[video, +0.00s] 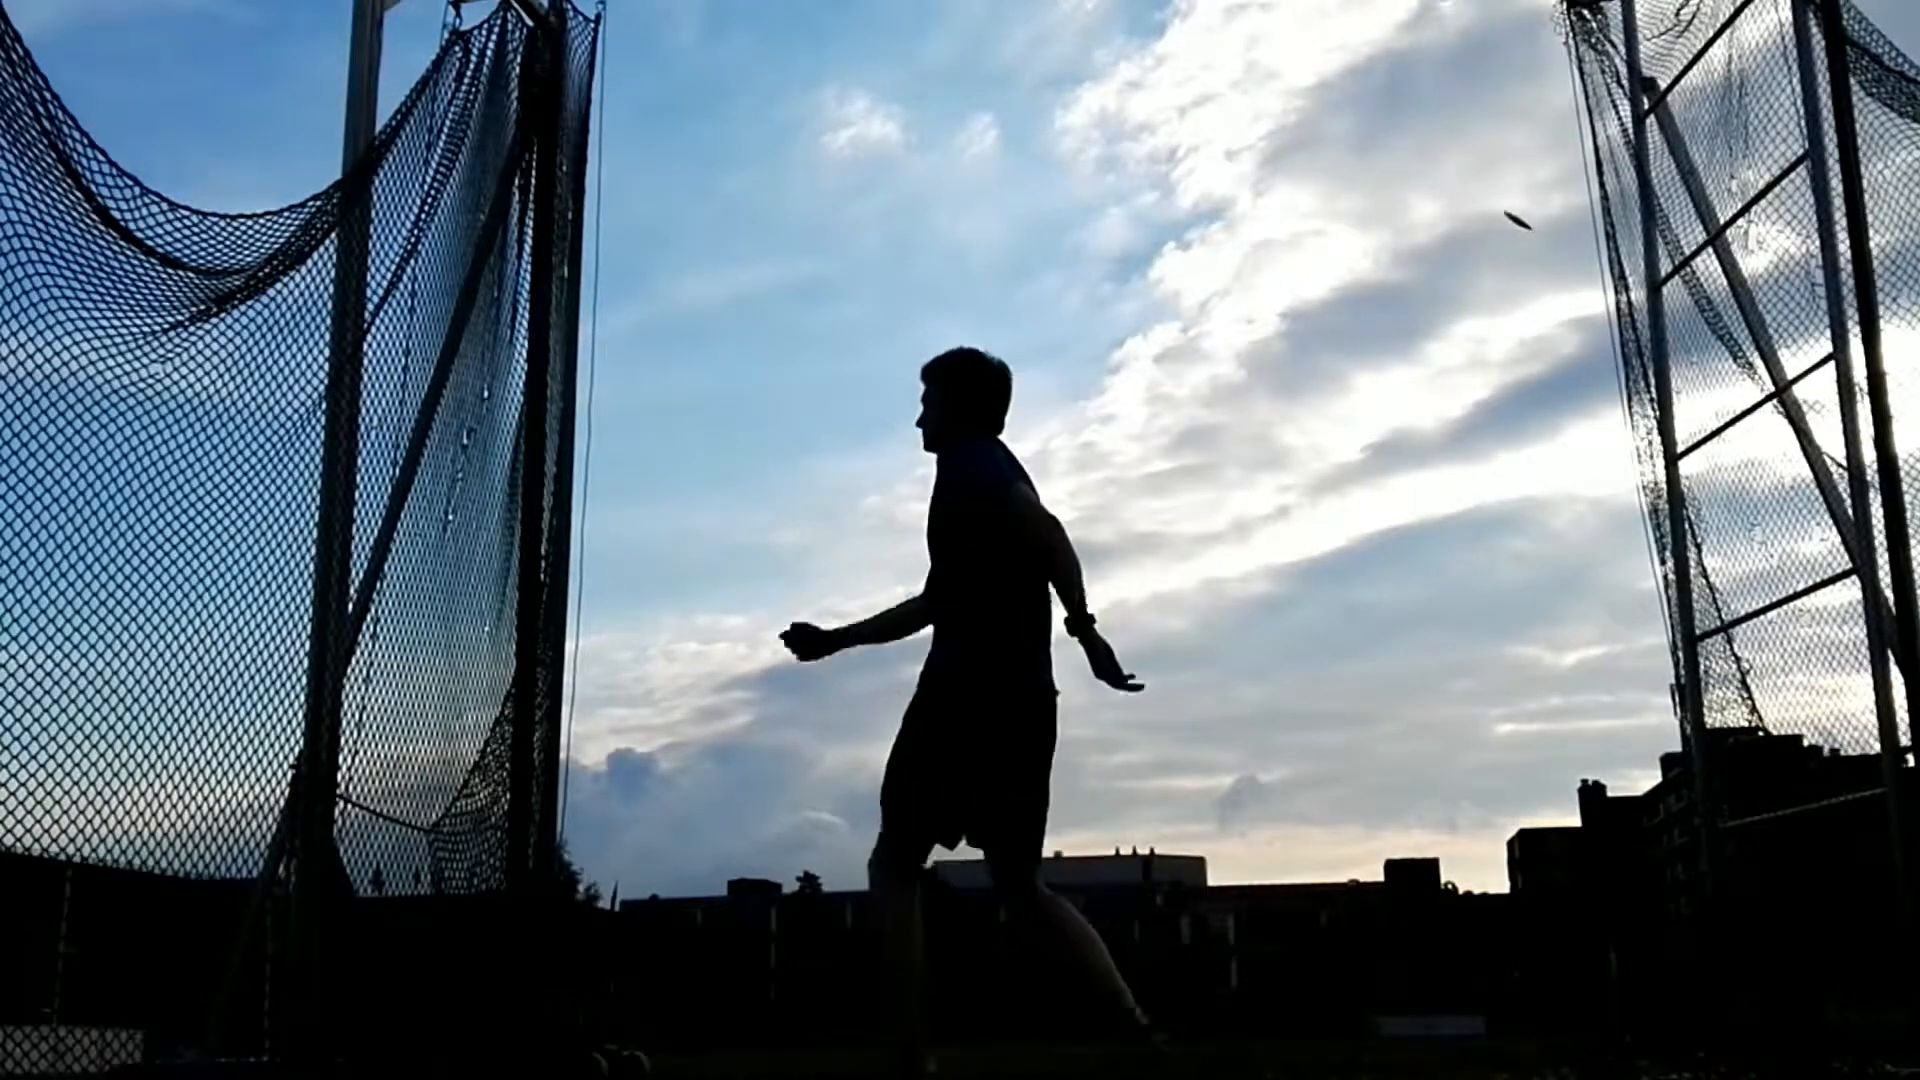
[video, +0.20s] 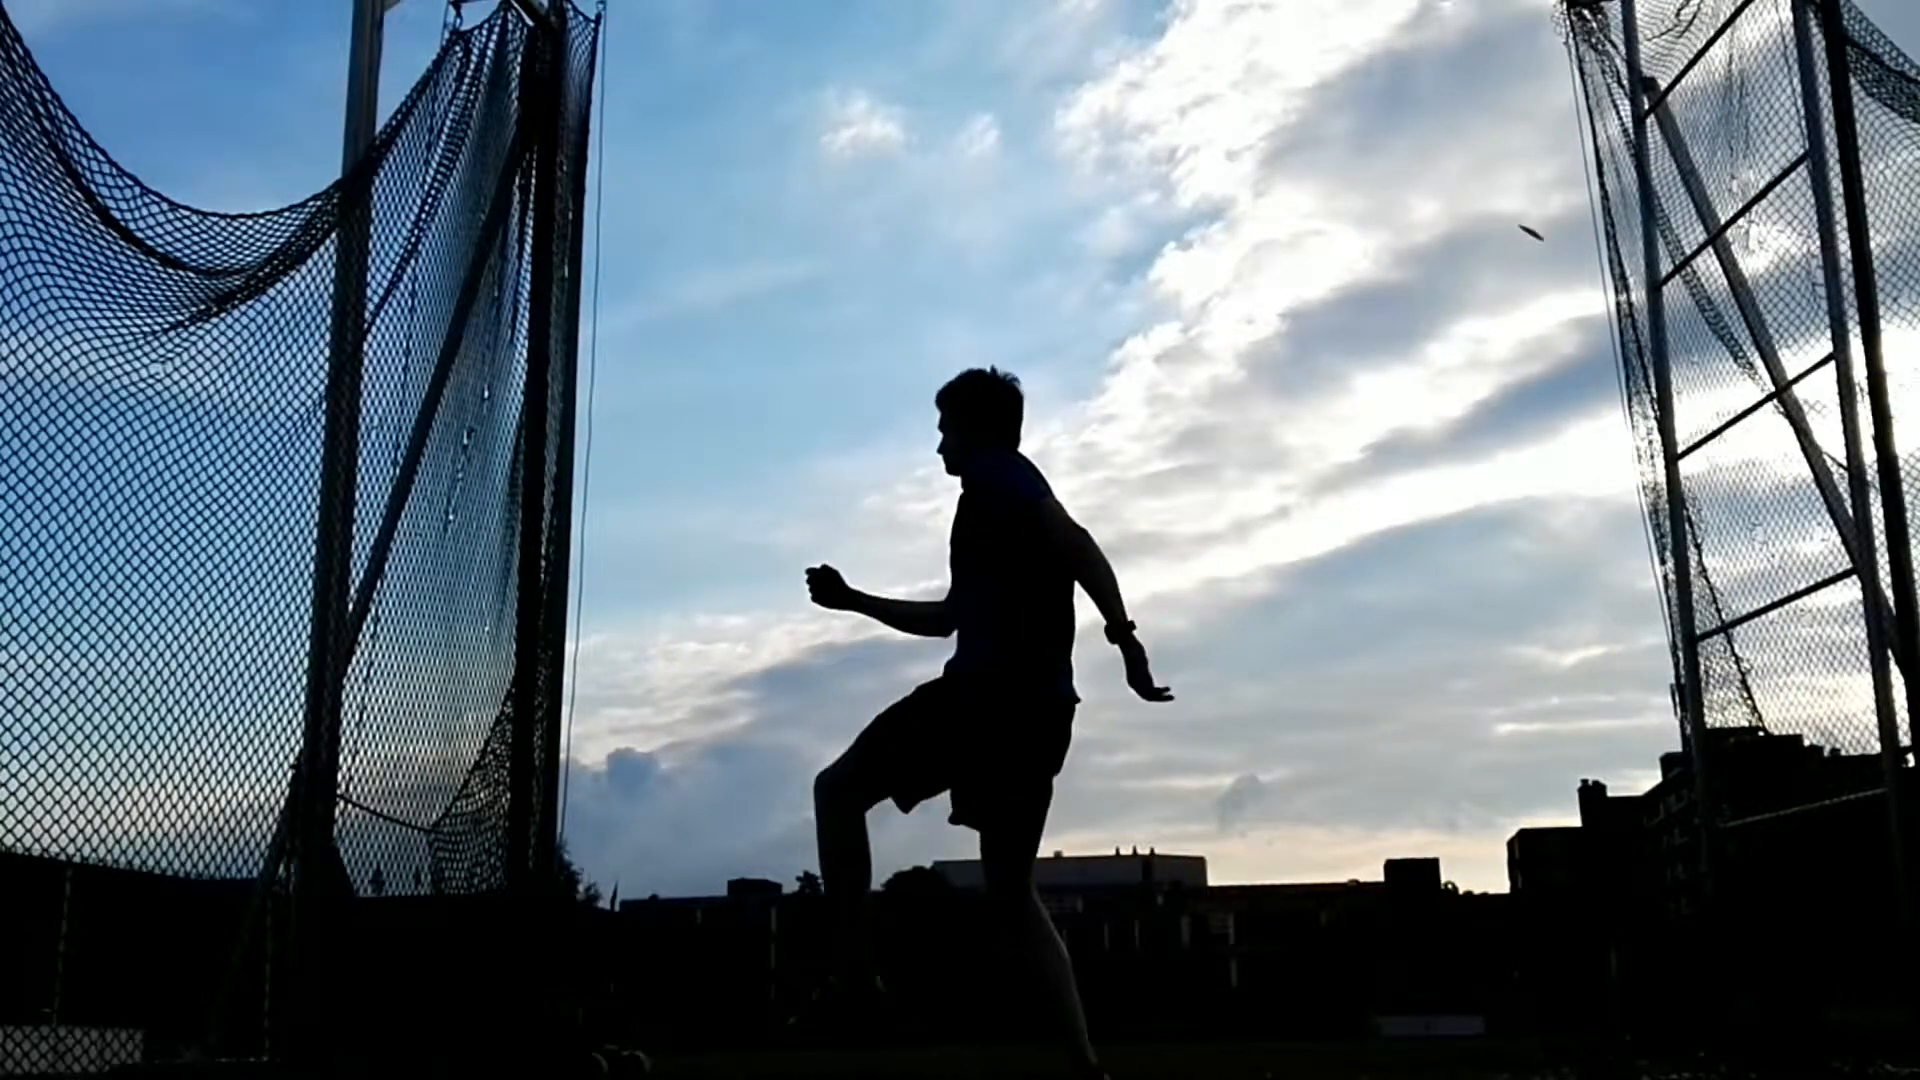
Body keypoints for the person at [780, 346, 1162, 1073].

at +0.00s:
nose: (918, 416)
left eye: (929, 401)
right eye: (921, 401)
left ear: (963, 406)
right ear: (980, 407)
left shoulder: (977, 465)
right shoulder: (971, 476)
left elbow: (1049, 535)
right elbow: (937, 600)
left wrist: (1083, 624)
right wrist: (835, 641)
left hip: (965, 698)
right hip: (1018, 702)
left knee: (895, 867)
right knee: (1021, 884)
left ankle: (905, 1045)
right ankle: (1131, 1026)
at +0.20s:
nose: (938, 440)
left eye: (947, 425)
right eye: (938, 426)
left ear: (978, 425)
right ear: (995, 425)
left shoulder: (1002, 477)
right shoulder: (988, 499)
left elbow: (1081, 550)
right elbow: (943, 618)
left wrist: (1127, 640)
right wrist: (852, 599)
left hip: (982, 697)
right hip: (1032, 709)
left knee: (838, 790)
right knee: (1012, 891)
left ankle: (848, 969)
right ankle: (1078, 1054)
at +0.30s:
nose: (944, 457)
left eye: (952, 442)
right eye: (944, 443)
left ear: (984, 443)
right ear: (997, 444)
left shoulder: (1009, 493)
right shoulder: (1000, 517)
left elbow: (1091, 566)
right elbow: (942, 637)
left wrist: (1141, 658)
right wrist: (856, 604)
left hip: (993, 709)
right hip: (1036, 727)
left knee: (831, 742)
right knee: (1022, 903)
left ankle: (809, 893)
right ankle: (1084, 1057)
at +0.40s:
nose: (949, 473)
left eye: (956, 458)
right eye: (949, 459)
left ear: (986, 457)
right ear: (998, 460)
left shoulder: (1016, 509)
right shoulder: (1003, 539)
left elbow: (1095, 579)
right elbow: (943, 650)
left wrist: (1153, 666)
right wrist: (861, 611)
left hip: (1008, 722)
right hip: (1032, 739)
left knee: (840, 699)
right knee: (1020, 916)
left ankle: (762, 841)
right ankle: (1085, 1065)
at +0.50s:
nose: (949, 480)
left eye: (955, 465)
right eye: (949, 467)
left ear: (982, 464)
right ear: (999, 465)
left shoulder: (1013, 515)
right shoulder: (1004, 545)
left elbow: (1091, 579)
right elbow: (953, 652)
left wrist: (1153, 652)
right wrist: (869, 614)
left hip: (1005, 721)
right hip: (1033, 745)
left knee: (854, 659)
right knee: (1015, 913)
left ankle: (742, 757)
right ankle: (1083, 1062)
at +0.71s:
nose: (951, 470)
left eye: (954, 458)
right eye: (953, 458)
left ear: (964, 457)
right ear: (1012, 456)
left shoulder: (991, 502)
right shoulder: (1023, 514)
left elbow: (1071, 557)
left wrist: (1136, 618)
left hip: (994, 692)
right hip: (1041, 724)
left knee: (873, 593)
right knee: (1011, 892)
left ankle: (745, 646)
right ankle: (1073, 1051)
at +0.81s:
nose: (952, 462)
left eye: (956, 450)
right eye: (956, 450)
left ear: (966, 450)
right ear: (1014, 453)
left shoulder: (984, 495)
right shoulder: (1034, 512)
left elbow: (1057, 548)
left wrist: (1120, 604)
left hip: (997, 689)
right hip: (1041, 722)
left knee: (883, 579)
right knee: (1012, 890)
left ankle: (753, 617)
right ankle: (1069, 1046)